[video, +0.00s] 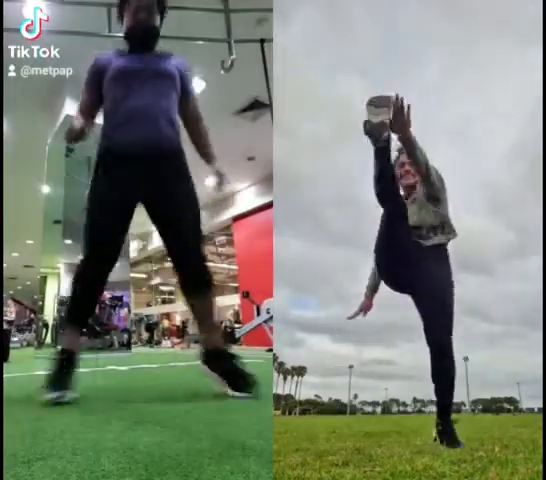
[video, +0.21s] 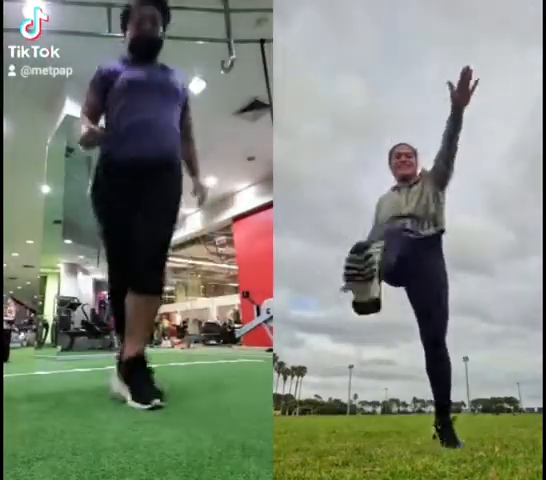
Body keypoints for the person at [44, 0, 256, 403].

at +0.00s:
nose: (143, 18)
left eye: (151, 12)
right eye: (136, 11)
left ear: (161, 20)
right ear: (122, 19)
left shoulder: (176, 66)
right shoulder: (104, 65)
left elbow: (194, 121)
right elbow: (84, 119)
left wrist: (213, 164)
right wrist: (74, 129)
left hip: (167, 169)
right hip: (116, 169)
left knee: (191, 258)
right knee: (97, 262)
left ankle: (215, 349)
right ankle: (66, 356)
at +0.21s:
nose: (145, 28)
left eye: (153, 22)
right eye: (137, 21)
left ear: (164, 31)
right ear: (125, 30)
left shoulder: (176, 83)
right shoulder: (108, 75)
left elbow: (186, 137)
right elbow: (86, 128)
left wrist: (196, 175)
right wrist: (96, 133)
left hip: (163, 175)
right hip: (116, 174)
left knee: (150, 264)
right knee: (124, 267)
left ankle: (132, 359)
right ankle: (135, 363)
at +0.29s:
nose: (150, 40)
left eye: (156, 35)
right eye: (142, 34)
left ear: (165, 45)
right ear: (127, 42)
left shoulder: (177, 100)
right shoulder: (112, 86)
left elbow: (186, 156)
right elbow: (88, 133)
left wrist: (203, 190)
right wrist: (96, 129)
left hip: (164, 189)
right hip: (117, 187)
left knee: (150, 273)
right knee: (127, 276)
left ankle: (130, 368)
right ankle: (132, 367)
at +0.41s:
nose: (152, 33)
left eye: (160, 28)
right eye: (145, 26)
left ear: (169, 40)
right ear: (131, 35)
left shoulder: (176, 94)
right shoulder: (115, 72)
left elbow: (187, 150)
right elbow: (79, 108)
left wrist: (225, 171)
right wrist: (83, 90)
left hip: (167, 181)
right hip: (121, 179)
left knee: (166, 264)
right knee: (126, 270)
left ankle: (151, 356)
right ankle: (126, 361)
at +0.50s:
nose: (157, 31)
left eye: (164, 26)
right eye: (150, 24)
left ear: (174, 37)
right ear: (136, 32)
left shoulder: (178, 91)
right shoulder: (121, 63)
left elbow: (187, 142)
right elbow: (79, 89)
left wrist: (235, 142)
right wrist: (59, 80)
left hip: (171, 176)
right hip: (126, 173)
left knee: (172, 263)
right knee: (127, 267)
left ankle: (166, 352)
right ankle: (125, 360)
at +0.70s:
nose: (163, 38)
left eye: (170, 34)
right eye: (155, 33)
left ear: (180, 44)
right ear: (143, 42)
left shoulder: (188, 99)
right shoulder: (130, 72)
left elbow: (219, 116)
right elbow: (86, 109)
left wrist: (234, 83)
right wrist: (45, 130)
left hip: (180, 182)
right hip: (133, 176)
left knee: (186, 272)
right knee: (136, 267)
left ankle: (170, 365)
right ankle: (125, 353)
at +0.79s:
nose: (165, 35)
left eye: (172, 30)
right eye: (157, 29)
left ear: (182, 40)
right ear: (144, 39)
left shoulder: (193, 88)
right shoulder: (130, 75)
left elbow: (238, 88)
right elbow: (98, 119)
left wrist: (254, 43)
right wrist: (66, 151)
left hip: (181, 173)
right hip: (136, 165)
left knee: (185, 267)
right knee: (145, 239)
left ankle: (171, 364)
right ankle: (127, 331)